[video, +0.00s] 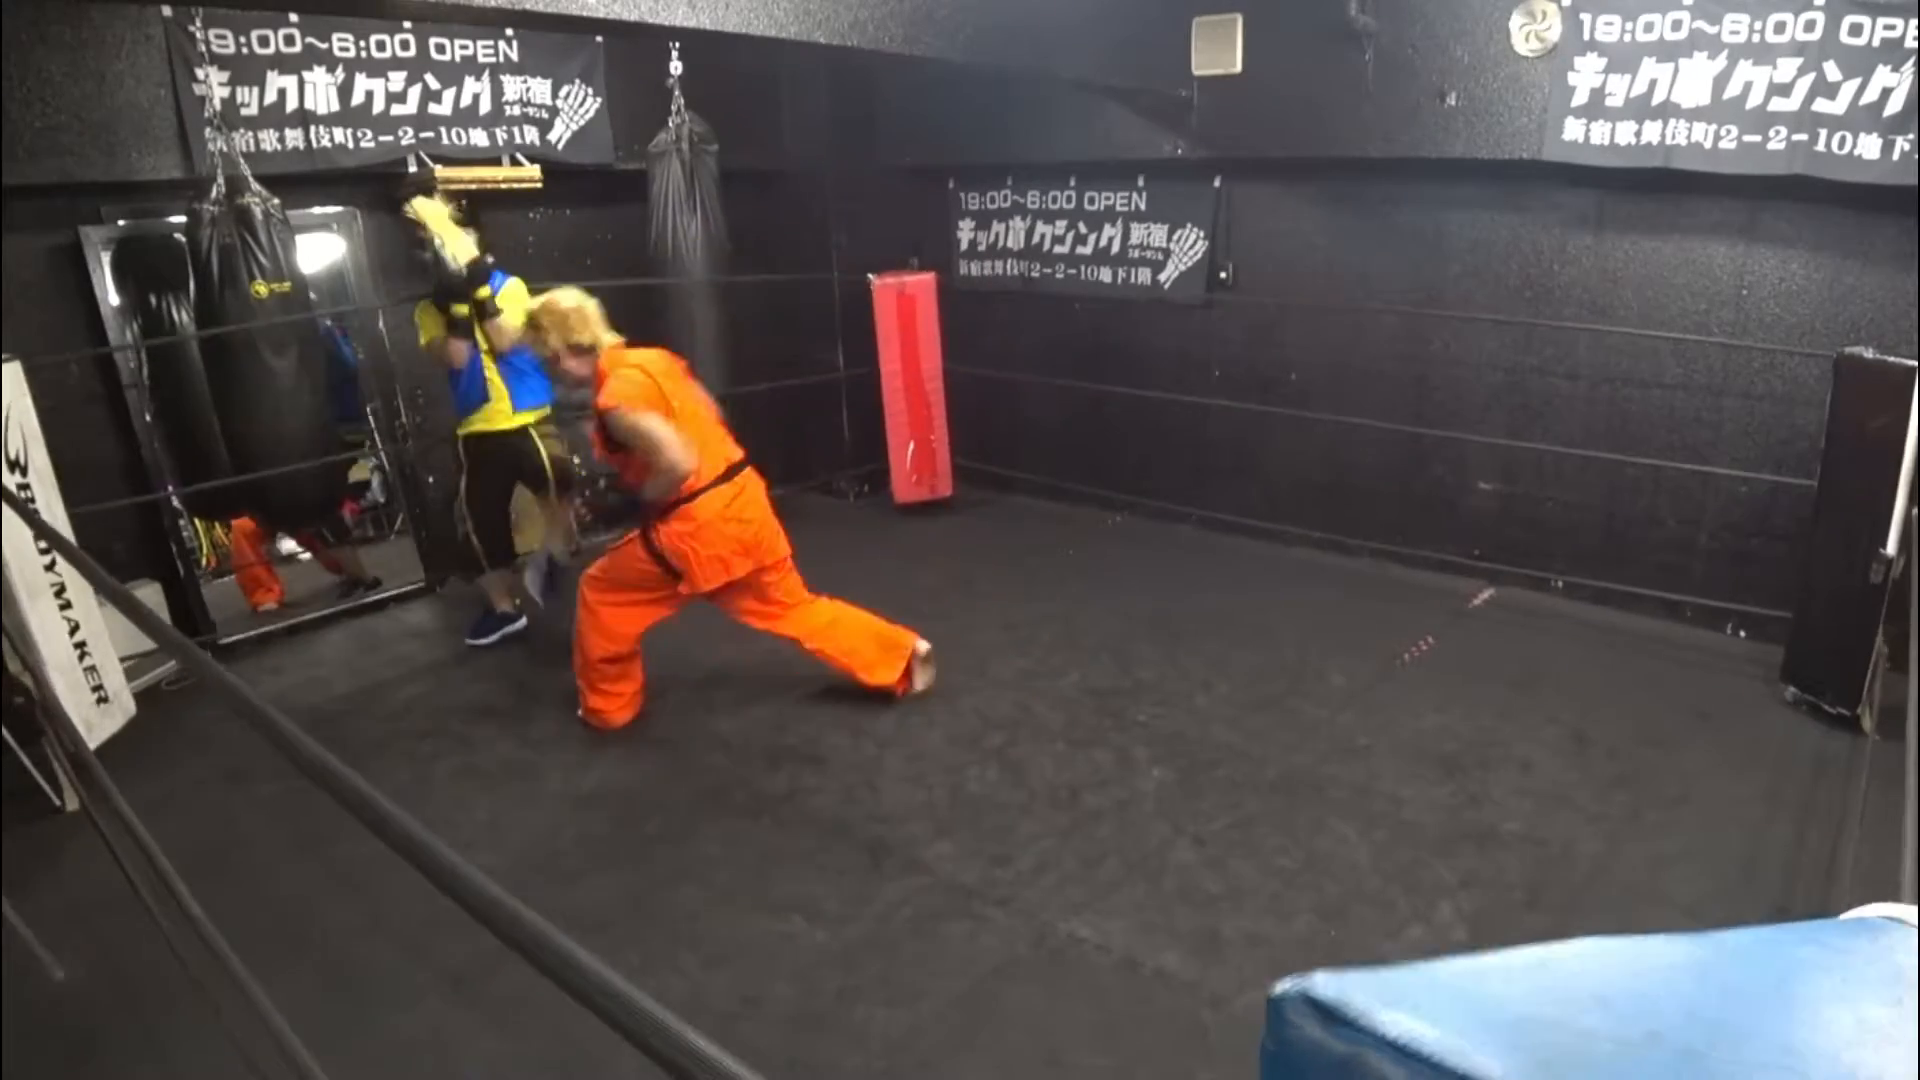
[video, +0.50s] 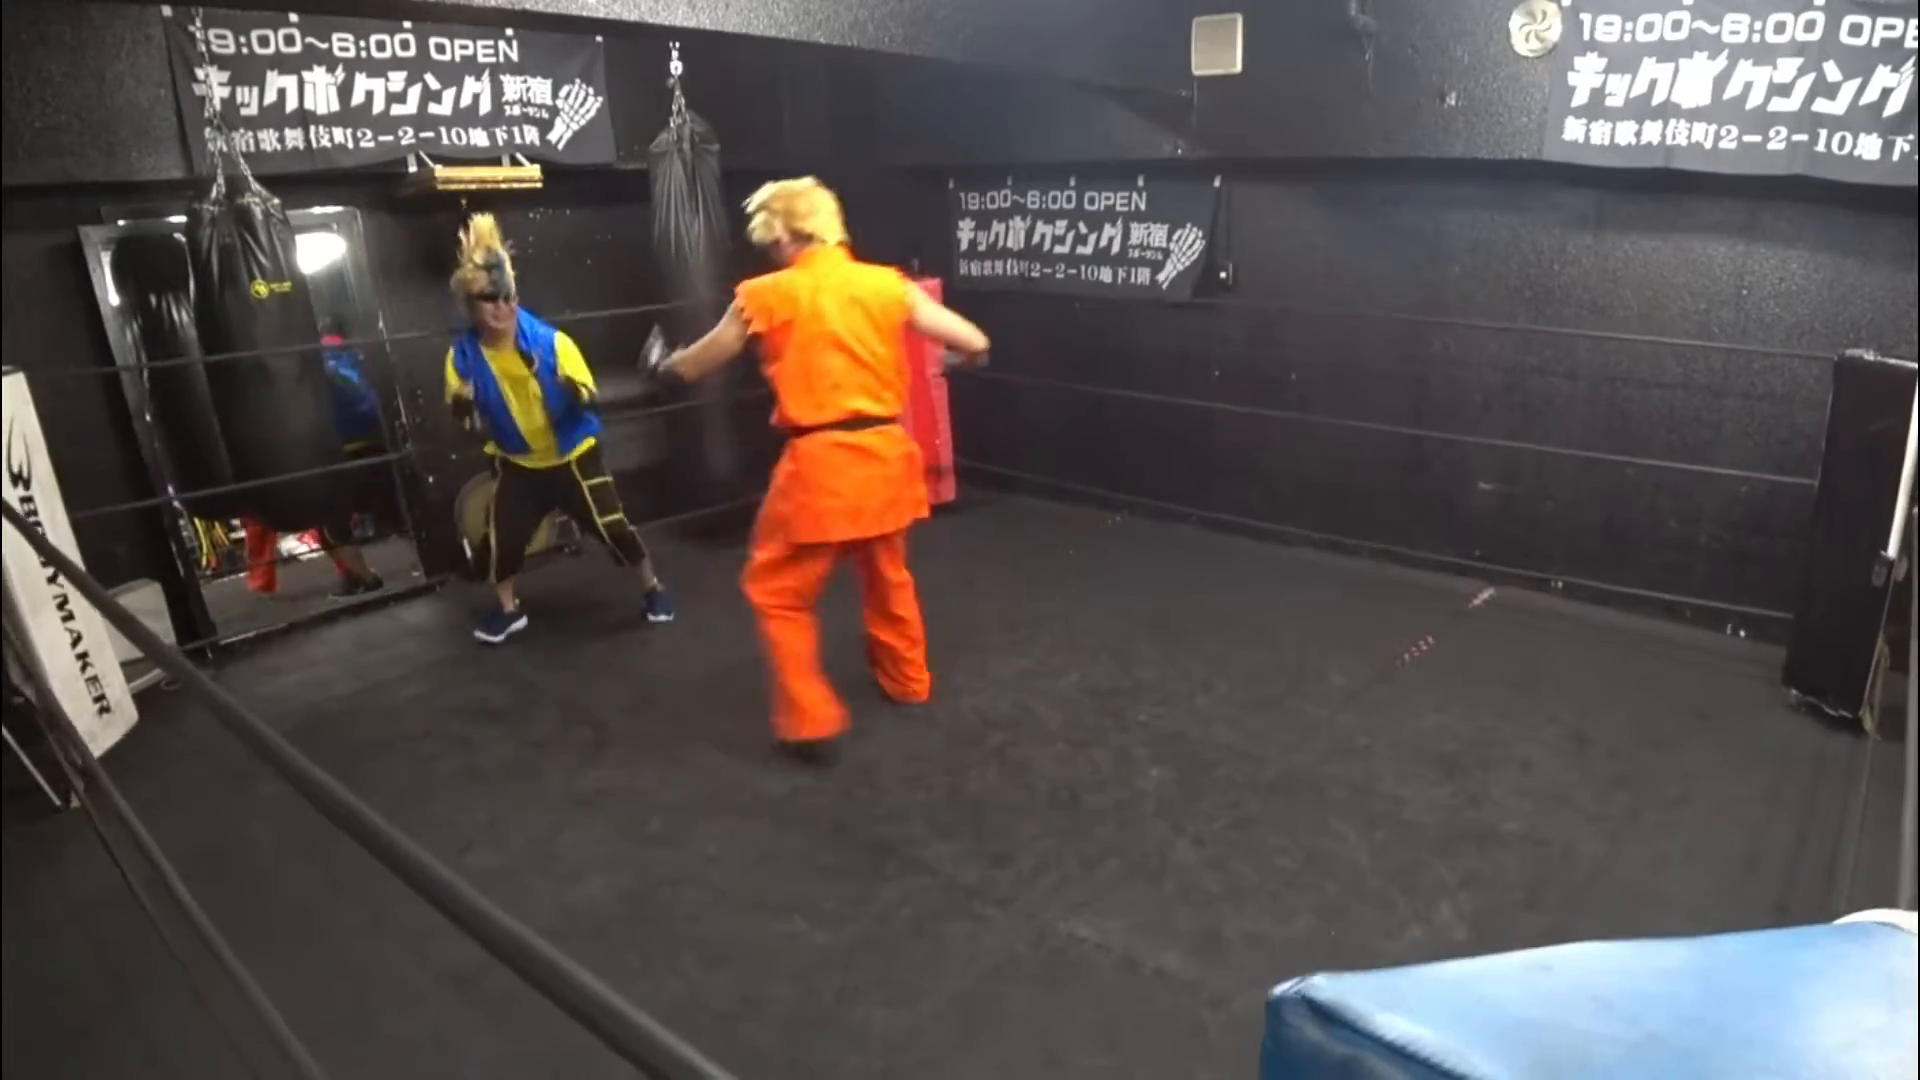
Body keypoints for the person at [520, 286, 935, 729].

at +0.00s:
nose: (552, 371)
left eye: (550, 360)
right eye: (547, 362)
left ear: (569, 349)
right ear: (593, 332)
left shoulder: (614, 398)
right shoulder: (656, 358)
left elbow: (676, 459)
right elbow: (708, 415)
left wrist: (645, 499)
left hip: (700, 527)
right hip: (748, 498)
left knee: (603, 589)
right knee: (790, 605)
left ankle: (608, 705)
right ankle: (903, 653)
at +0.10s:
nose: (594, 345)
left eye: (594, 334)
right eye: (590, 335)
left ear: (612, 327)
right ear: (650, 309)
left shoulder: (621, 387)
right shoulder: (717, 351)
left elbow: (641, 479)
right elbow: (769, 419)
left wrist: (621, 529)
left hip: (706, 525)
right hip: (770, 497)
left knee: (623, 598)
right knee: (797, 592)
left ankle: (609, 705)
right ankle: (895, 655)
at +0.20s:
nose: (660, 324)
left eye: (661, 313)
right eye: (656, 314)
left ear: (679, 305)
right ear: (716, 291)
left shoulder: (674, 365)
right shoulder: (782, 336)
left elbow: (651, 462)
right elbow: (820, 404)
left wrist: (632, 528)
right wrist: (780, 444)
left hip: (732, 512)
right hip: (804, 496)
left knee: (665, 605)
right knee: (830, 585)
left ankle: (610, 701)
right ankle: (900, 673)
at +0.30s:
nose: (716, 300)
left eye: (717, 289)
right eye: (713, 290)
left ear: (738, 278)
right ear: (774, 269)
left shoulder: (721, 341)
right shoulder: (831, 318)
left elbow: (672, 430)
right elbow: (878, 372)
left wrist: (651, 476)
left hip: (766, 497)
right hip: (838, 486)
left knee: (706, 603)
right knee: (853, 581)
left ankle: (641, 698)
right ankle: (904, 676)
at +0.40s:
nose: (747, 271)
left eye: (748, 260)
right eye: (746, 261)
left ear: (764, 254)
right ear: (809, 246)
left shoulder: (749, 313)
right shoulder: (860, 297)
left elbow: (681, 394)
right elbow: (933, 352)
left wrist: (650, 422)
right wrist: (869, 355)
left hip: (790, 472)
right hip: (864, 465)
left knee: (739, 590)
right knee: (871, 575)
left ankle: (710, 714)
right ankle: (906, 680)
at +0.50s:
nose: (768, 252)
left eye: (770, 241)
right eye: (767, 242)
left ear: (790, 236)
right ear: (833, 230)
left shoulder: (767, 296)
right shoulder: (886, 284)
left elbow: (695, 364)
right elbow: (973, 341)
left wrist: (668, 360)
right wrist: (965, 356)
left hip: (817, 462)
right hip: (890, 456)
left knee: (776, 588)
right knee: (888, 567)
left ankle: (811, 721)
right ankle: (908, 678)